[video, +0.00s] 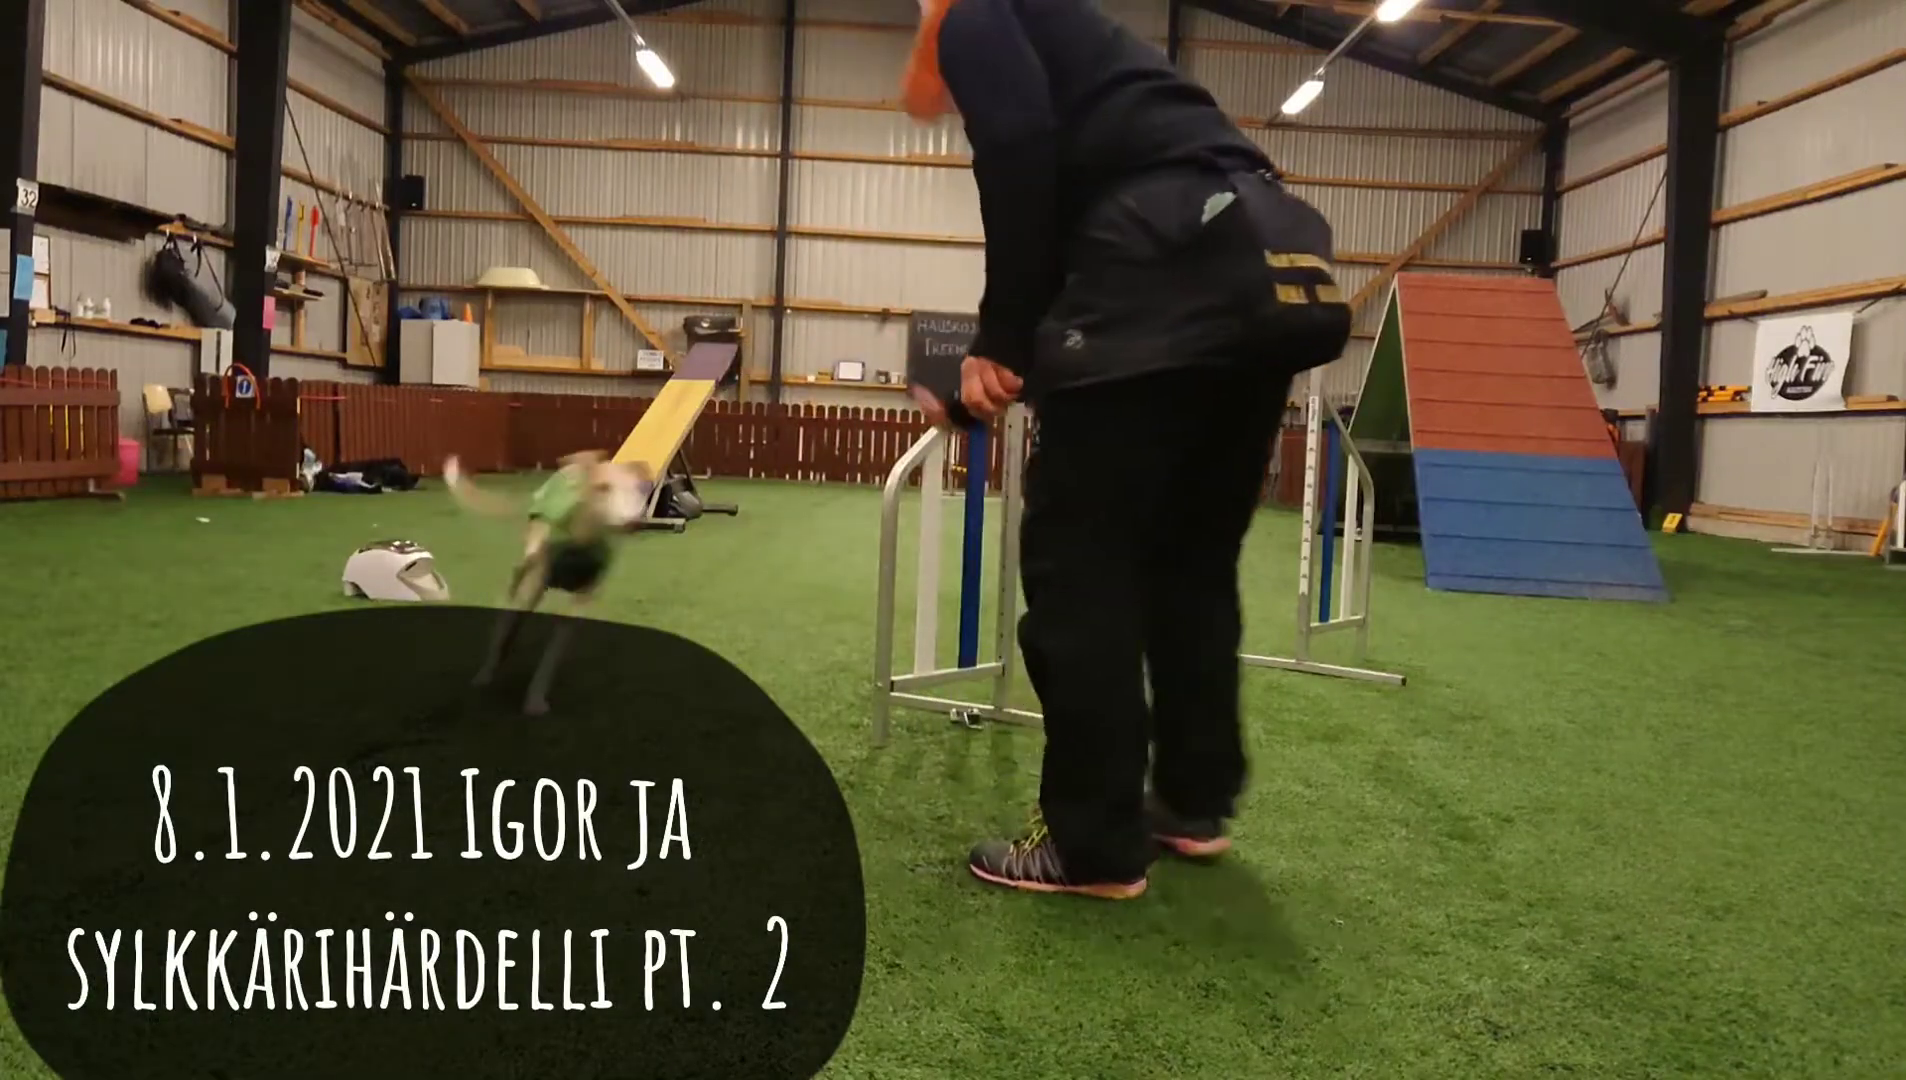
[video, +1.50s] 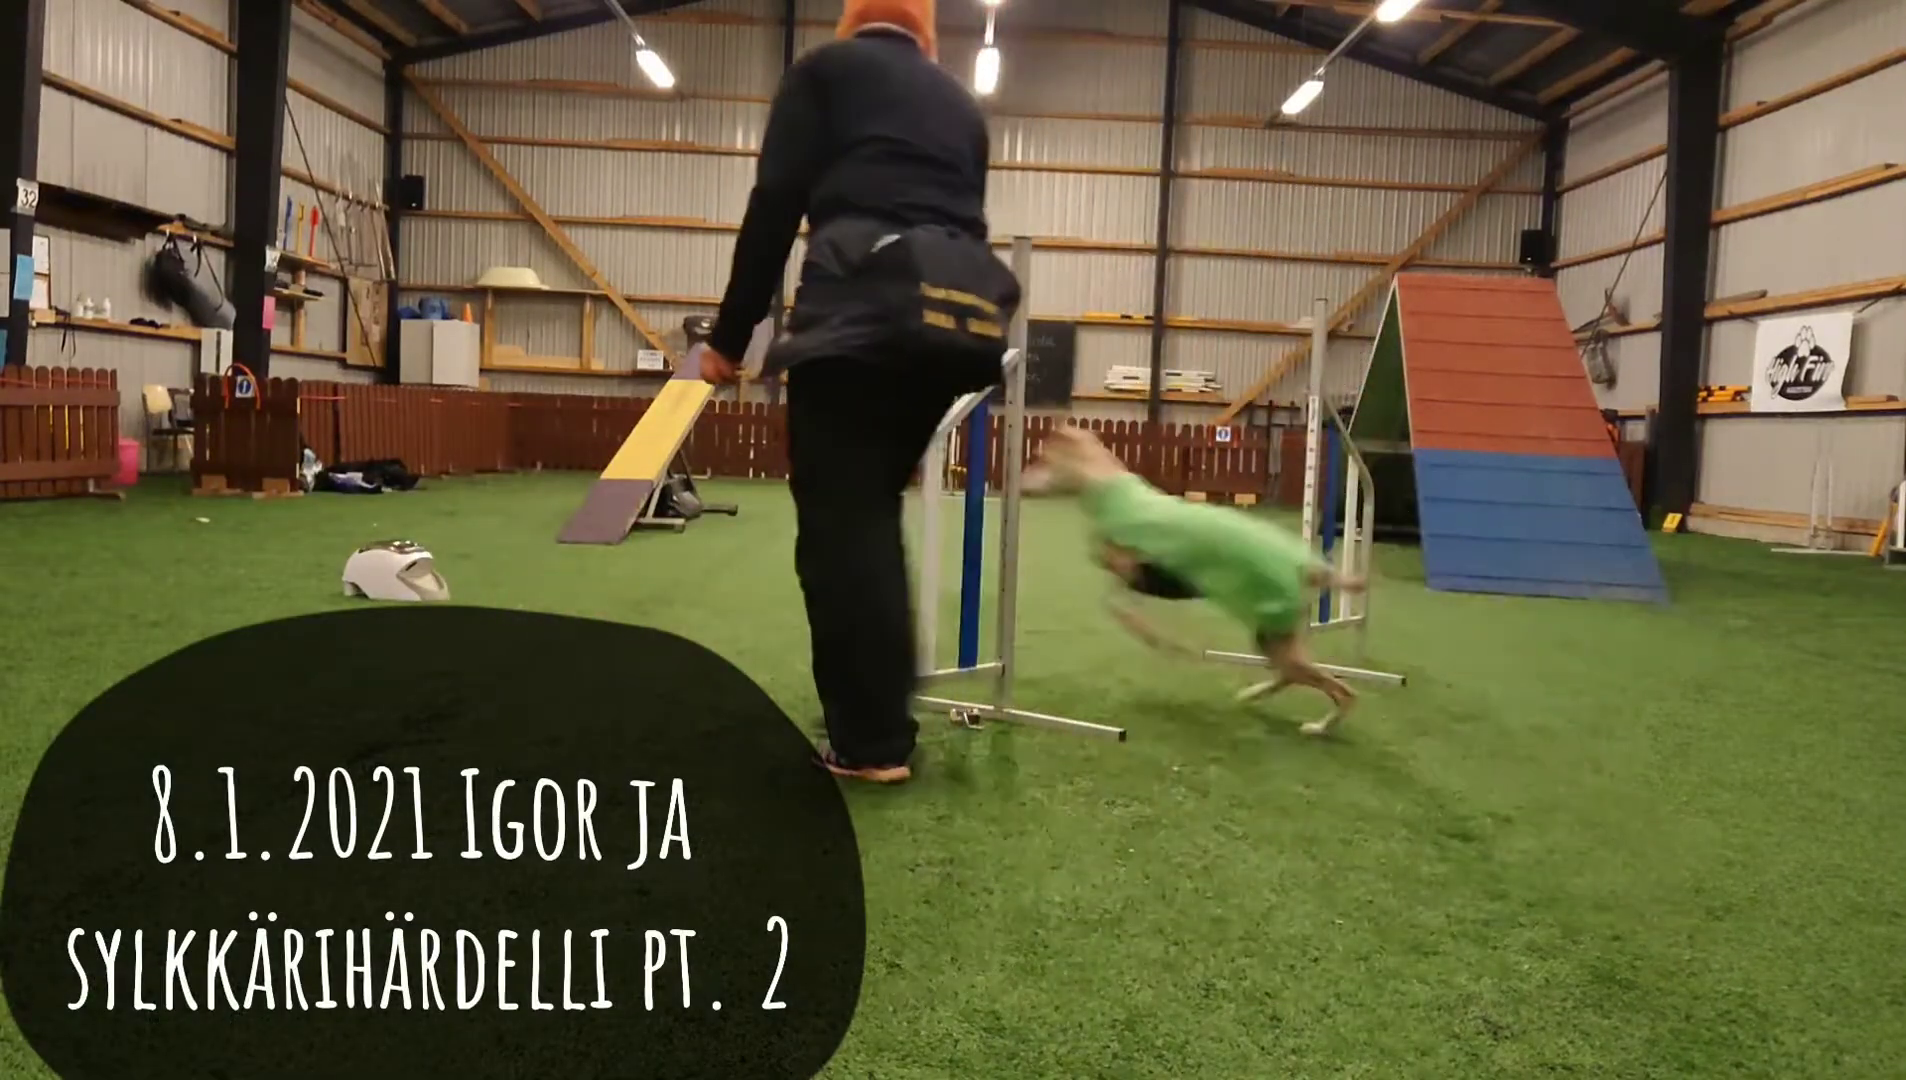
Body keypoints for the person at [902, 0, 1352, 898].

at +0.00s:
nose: (933, 97)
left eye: (931, 58)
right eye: (927, 82)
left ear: (942, 12)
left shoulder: (973, 17)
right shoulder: (1092, 40)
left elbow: (1020, 148)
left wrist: (1002, 339)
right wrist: (980, 374)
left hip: (1146, 302)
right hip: (1260, 291)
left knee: (1075, 569)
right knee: (1194, 557)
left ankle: (1094, 846)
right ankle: (1195, 807)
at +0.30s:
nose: (993, 143)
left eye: (990, 109)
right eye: (989, 127)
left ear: (1015, 36)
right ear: (1089, 27)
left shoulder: (1028, 51)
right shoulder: (1166, 81)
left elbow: (1056, 163)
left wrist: (1037, 349)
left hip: (1198, 297)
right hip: (1334, 296)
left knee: (1135, 588)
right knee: (1293, 581)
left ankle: (1104, 847)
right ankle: (1271, 828)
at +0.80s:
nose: (1031, 43)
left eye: (1033, 34)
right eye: (1036, 35)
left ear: (1057, 31)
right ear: (1128, 34)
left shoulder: (1051, 66)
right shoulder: (1179, 85)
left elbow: (1051, 191)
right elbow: (1221, 240)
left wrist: (1009, 346)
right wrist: (1189, 420)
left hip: (1158, 304)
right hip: (1281, 311)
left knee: (1062, 557)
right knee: (1264, 574)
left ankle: (997, 792)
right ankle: (1270, 826)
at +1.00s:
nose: (994, 32)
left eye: (997, 25)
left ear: (1013, 27)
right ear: (1090, 33)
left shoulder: (990, 76)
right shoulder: (1132, 88)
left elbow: (971, 202)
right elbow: (1155, 218)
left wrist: (923, 354)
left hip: (1061, 337)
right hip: (1188, 336)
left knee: (976, 549)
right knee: (1209, 568)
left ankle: (898, 737)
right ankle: (1261, 808)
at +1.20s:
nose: (908, 34)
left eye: (911, 25)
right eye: (1019, 34)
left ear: (926, 27)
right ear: (1005, 36)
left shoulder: (897, 77)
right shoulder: (1040, 94)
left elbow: (856, 211)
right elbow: (1045, 217)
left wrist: (806, 352)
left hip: (938, 324)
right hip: (1063, 326)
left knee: (885, 533)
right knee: (1075, 540)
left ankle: (873, 745)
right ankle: (1183, 709)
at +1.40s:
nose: (859, 30)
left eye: (861, 22)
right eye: (958, 32)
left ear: (872, 24)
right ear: (946, 37)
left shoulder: (843, 68)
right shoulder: (986, 105)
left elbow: (789, 199)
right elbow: (984, 230)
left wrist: (740, 337)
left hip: (877, 322)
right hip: (989, 329)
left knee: (852, 533)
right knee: (910, 506)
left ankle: (872, 745)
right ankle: (991, 678)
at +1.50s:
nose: (837, 31)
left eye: (839, 23)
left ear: (851, 25)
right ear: (925, 39)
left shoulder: (823, 68)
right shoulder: (962, 104)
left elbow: (775, 204)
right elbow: (963, 227)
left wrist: (729, 338)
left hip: (855, 315)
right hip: (963, 327)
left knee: (839, 522)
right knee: (870, 503)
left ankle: (873, 743)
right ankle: (884, 710)